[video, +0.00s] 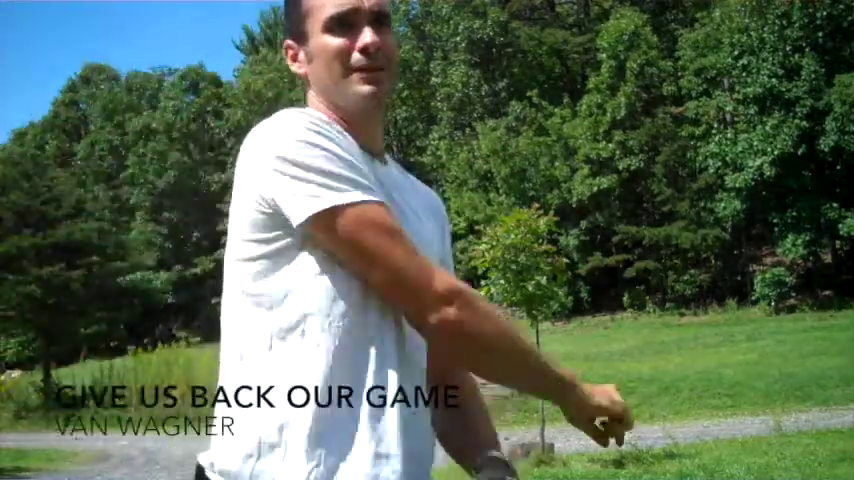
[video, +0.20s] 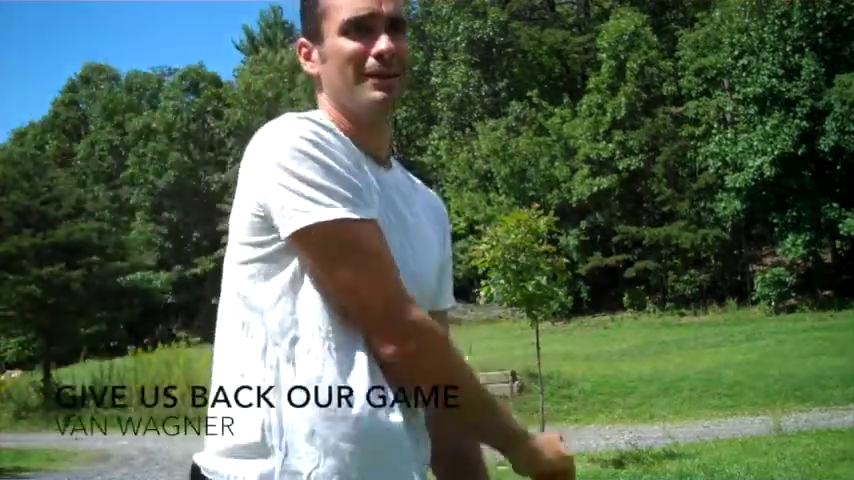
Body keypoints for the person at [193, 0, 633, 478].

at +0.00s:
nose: (370, 41)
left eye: (379, 23)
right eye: (343, 26)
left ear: (395, 41)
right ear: (299, 57)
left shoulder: (425, 201)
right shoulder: (288, 141)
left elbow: (448, 382)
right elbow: (442, 311)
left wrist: (491, 465)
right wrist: (572, 394)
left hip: (397, 468)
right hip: (283, 463)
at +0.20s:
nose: (386, 46)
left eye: (396, 29)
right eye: (359, 29)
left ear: (408, 44)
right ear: (310, 56)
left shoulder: (428, 206)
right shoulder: (292, 146)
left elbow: (441, 382)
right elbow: (399, 342)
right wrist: (522, 446)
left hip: (397, 465)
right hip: (278, 461)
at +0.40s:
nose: (366, 57)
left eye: (377, 39)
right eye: (340, 41)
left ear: (389, 54)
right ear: (291, 64)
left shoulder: (429, 215)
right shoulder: (243, 171)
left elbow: (441, 392)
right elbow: (290, 333)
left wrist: (458, 473)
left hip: (379, 469)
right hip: (250, 467)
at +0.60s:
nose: (314, 70)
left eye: (324, 52)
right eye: (289, 53)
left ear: (337, 65)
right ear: (243, 79)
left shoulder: (403, 213)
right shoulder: (197, 195)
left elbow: (421, 380)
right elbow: (166, 314)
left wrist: (447, 475)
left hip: (372, 472)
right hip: (232, 470)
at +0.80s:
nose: (242, 89)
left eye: (253, 72)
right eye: (217, 74)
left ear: (269, 87)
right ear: (176, 99)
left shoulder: (342, 217)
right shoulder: (141, 228)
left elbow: (385, 380)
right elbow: (91, 376)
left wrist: (425, 473)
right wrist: (48, 474)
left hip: (318, 469)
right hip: (188, 470)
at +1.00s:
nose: (186, 100)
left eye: (198, 83)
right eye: (162, 88)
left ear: (217, 99)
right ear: (127, 115)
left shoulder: (299, 214)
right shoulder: (106, 242)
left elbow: (363, 370)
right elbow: (74, 407)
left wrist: (407, 470)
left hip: (284, 469)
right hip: (159, 471)